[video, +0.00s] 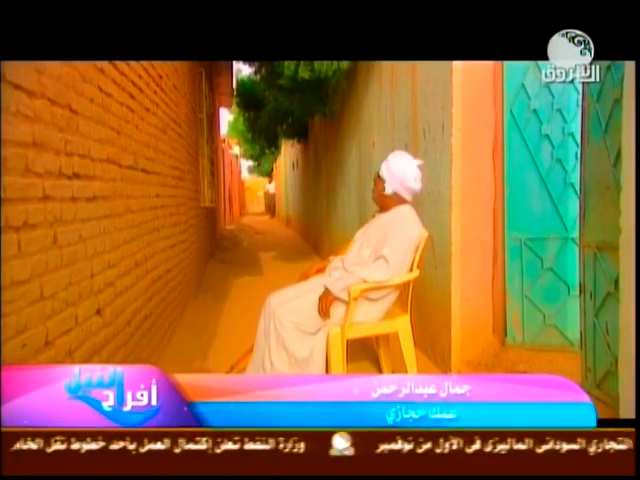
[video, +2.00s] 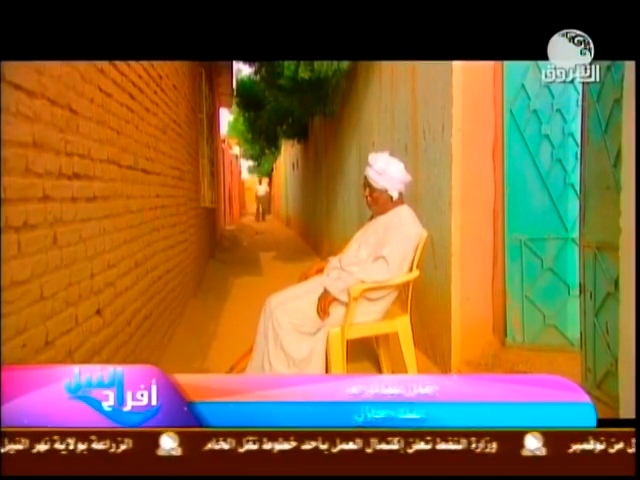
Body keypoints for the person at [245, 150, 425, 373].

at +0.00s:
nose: (373, 186)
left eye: (378, 181)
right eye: (376, 179)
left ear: (390, 188)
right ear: (392, 189)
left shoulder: (405, 221)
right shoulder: (388, 216)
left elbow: (388, 271)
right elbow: (358, 253)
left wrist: (336, 288)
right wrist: (327, 266)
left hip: (360, 298)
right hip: (341, 281)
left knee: (283, 314)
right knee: (274, 303)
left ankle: (281, 386)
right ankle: (266, 379)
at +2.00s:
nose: (366, 195)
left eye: (373, 190)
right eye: (366, 188)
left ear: (392, 193)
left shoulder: (404, 223)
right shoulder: (385, 217)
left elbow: (387, 271)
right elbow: (356, 253)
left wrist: (335, 288)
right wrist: (326, 266)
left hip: (359, 299)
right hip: (340, 282)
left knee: (282, 315)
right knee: (274, 305)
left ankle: (280, 386)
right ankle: (267, 379)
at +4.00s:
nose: (378, 182)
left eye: (387, 178)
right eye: (380, 176)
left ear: (402, 189)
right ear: (379, 180)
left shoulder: (405, 223)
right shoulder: (384, 216)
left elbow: (388, 271)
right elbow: (356, 254)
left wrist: (337, 288)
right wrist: (326, 265)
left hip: (362, 300)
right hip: (343, 283)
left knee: (283, 315)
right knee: (274, 304)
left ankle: (289, 405)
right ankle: (266, 379)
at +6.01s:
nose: (379, 192)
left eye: (386, 185)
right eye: (373, 187)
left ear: (400, 190)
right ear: (367, 193)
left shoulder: (405, 223)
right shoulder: (378, 219)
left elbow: (386, 270)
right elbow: (351, 256)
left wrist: (335, 291)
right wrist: (323, 270)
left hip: (363, 300)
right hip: (340, 284)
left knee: (285, 316)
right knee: (275, 304)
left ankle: (289, 406)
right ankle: (265, 377)